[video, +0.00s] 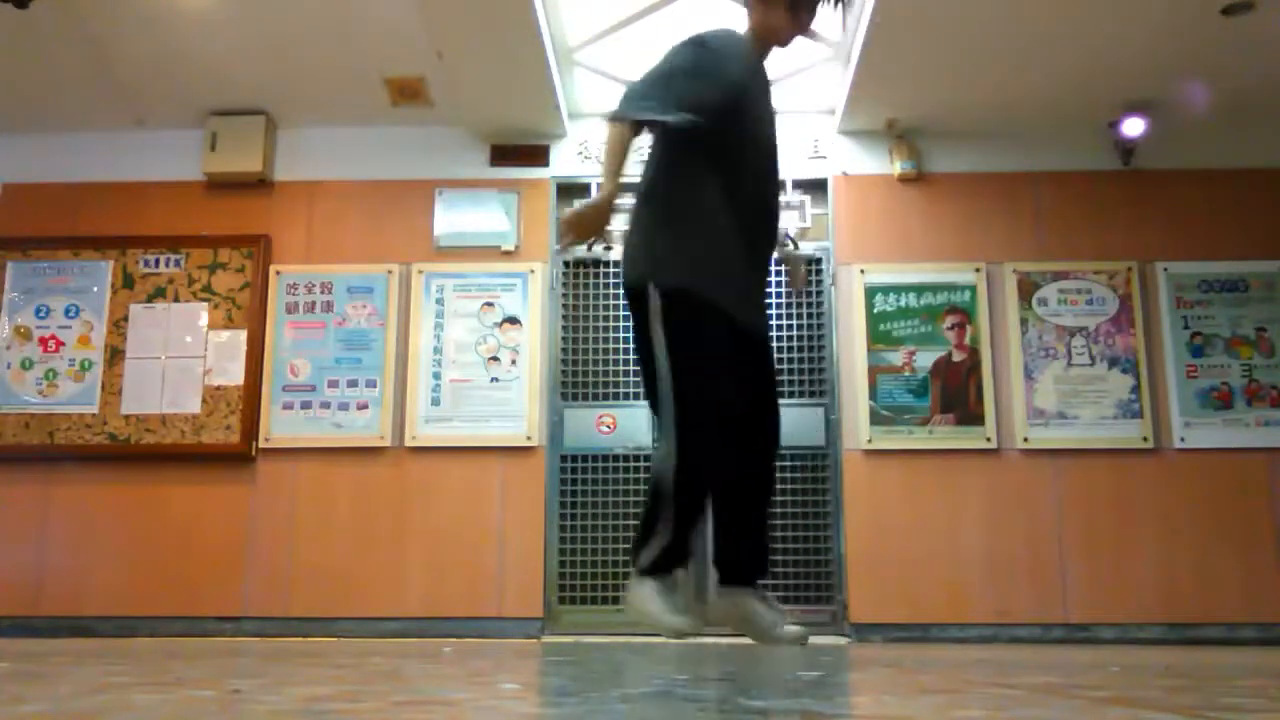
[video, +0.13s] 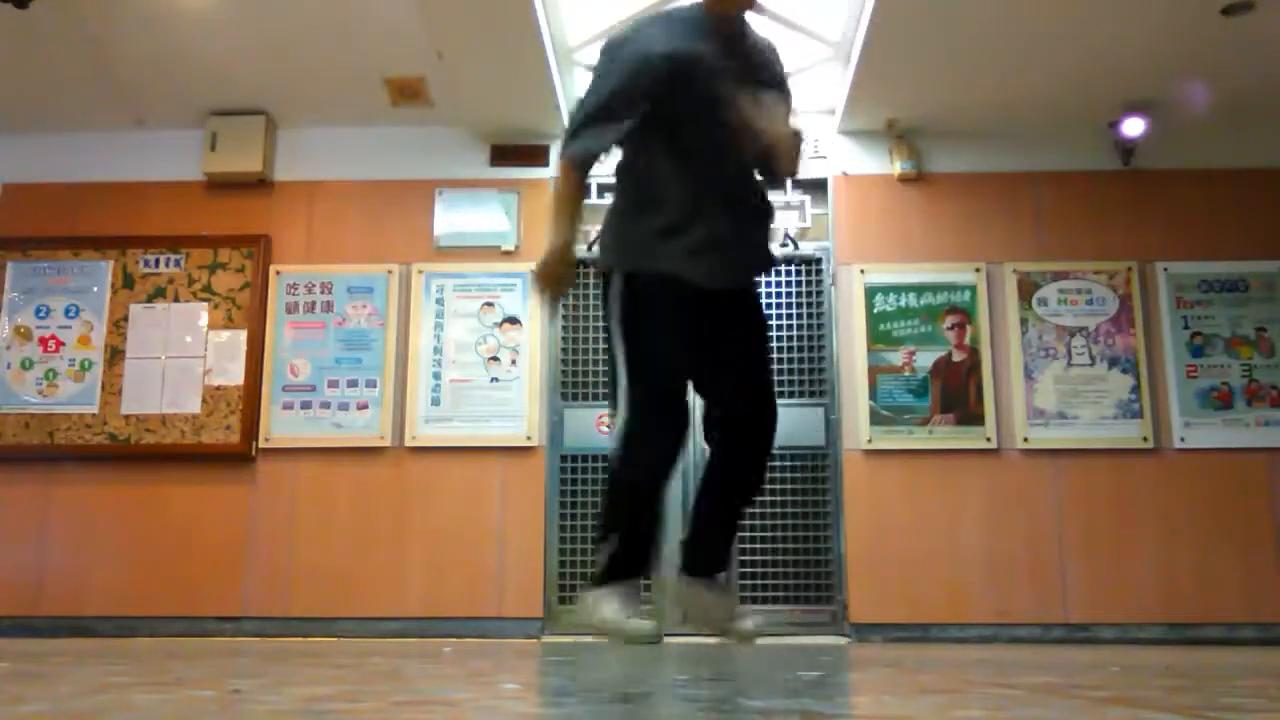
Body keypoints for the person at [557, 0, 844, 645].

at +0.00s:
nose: (806, 23)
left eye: (809, 13)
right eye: (802, 9)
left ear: (780, 12)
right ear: (767, 2)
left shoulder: (754, 82)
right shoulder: (716, 52)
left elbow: (733, 185)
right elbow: (627, 111)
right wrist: (605, 197)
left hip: (729, 280)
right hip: (674, 273)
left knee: (753, 428)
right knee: (692, 427)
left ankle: (735, 589)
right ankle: (652, 576)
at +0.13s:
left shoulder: (760, 58)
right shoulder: (651, 41)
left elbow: (787, 164)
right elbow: (578, 146)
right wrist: (561, 244)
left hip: (726, 273)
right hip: (647, 266)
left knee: (748, 427)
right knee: (656, 422)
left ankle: (701, 580)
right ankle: (615, 585)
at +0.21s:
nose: (708, 2)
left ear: (726, 1)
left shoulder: (759, 65)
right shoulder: (627, 75)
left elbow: (815, 144)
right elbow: (559, 182)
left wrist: (766, 78)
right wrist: (539, 297)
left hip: (721, 283)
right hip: (639, 281)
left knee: (755, 448)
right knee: (647, 432)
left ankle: (700, 572)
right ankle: (602, 594)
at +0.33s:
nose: (665, 6)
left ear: (690, 3)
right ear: (637, 5)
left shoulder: (732, 50)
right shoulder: (592, 83)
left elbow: (771, 80)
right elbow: (549, 187)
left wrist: (790, 120)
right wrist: (528, 277)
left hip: (708, 279)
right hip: (622, 282)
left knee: (760, 414)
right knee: (619, 427)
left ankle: (719, 555)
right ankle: (615, 592)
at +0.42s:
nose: (635, 3)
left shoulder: (725, 18)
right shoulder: (580, 55)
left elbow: (804, 93)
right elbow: (535, 146)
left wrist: (814, 178)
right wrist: (543, 197)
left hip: (715, 256)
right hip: (622, 262)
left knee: (727, 409)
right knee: (613, 420)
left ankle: (717, 566)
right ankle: (637, 580)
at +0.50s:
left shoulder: (725, 10)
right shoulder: (580, 30)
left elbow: (811, 93)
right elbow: (531, 139)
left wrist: (835, 193)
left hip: (704, 214)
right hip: (620, 225)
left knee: (684, 375)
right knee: (614, 396)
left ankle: (690, 563)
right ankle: (677, 565)